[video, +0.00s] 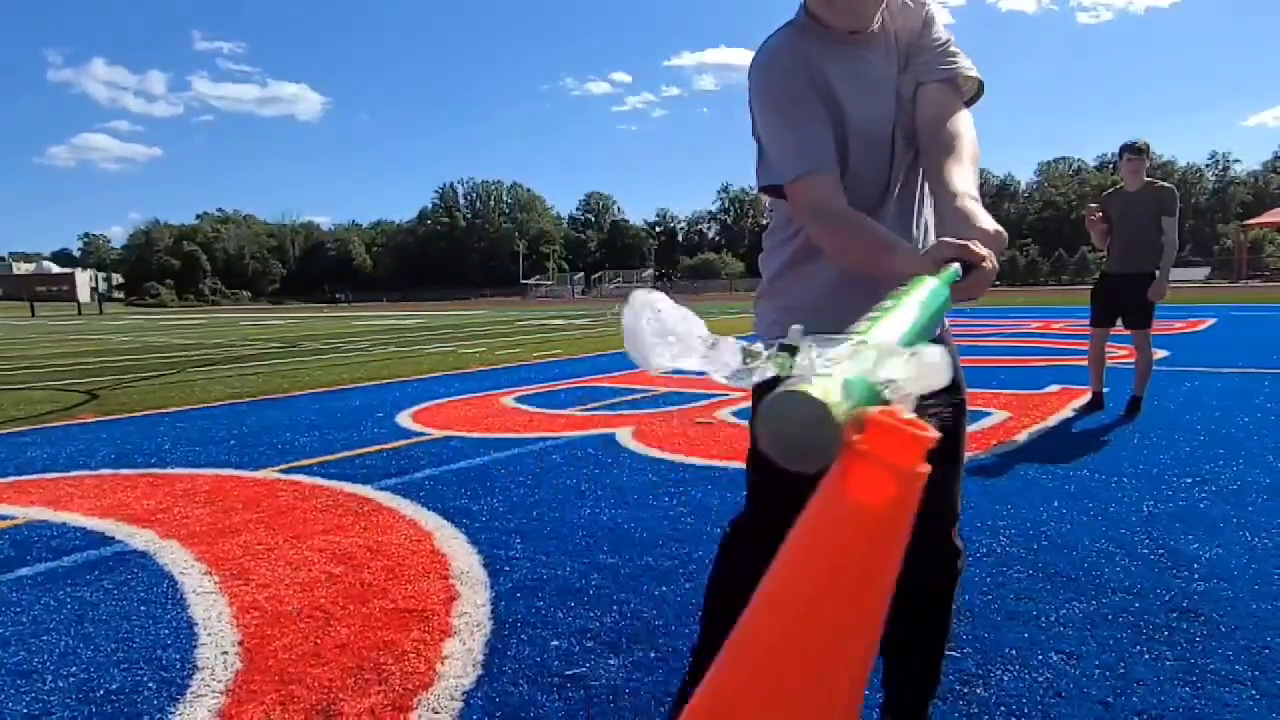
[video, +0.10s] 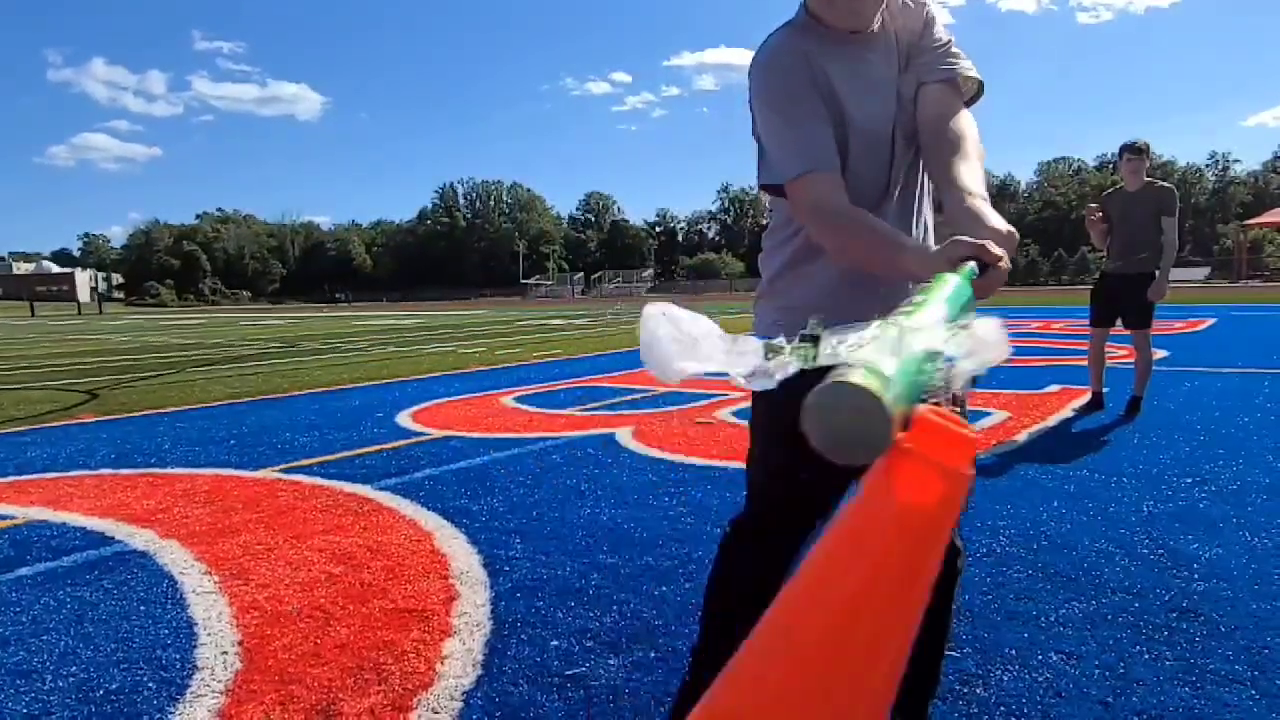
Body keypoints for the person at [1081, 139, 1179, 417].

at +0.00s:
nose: (1134, 164)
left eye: (1139, 159)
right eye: (1129, 159)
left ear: (1147, 163)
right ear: (1120, 164)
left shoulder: (1164, 194)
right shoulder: (1110, 198)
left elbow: (1170, 239)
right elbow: (1101, 243)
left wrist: (1162, 278)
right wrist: (1094, 225)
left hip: (1142, 277)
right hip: (1110, 276)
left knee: (1141, 341)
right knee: (1098, 337)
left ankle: (1136, 398)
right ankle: (1096, 395)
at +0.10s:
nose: (1134, 164)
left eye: (1139, 159)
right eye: (1128, 160)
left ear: (1147, 163)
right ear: (1119, 164)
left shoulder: (1164, 193)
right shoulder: (1110, 198)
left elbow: (1170, 239)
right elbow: (1101, 243)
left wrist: (1162, 278)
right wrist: (1093, 225)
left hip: (1142, 276)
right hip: (1111, 275)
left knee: (1141, 341)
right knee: (1097, 337)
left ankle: (1136, 398)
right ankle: (1096, 394)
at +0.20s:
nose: (1133, 164)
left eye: (1139, 159)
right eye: (1128, 159)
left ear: (1147, 163)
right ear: (1119, 164)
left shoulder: (1163, 194)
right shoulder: (1110, 198)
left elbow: (1170, 239)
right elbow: (1100, 243)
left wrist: (1162, 278)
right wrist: (1093, 224)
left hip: (1142, 276)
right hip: (1110, 275)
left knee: (1140, 341)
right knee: (1097, 336)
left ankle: (1136, 397)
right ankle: (1096, 394)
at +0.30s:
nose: (1133, 165)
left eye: (1138, 160)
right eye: (1128, 160)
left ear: (1146, 163)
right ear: (1119, 164)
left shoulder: (1163, 194)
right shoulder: (1110, 198)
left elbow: (1170, 239)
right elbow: (1100, 243)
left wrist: (1162, 277)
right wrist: (1093, 224)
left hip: (1143, 275)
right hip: (1112, 274)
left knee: (1140, 340)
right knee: (1096, 337)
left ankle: (1136, 397)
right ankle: (1096, 394)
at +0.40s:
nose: (1133, 166)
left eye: (1138, 160)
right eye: (1128, 160)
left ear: (1146, 163)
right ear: (1119, 164)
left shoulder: (1163, 193)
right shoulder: (1109, 198)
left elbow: (1168, 238)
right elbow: (1100, 241)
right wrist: (1094, 227)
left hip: (1144, 271)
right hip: (1110, 269)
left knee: (1140, 336)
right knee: (1096, 331)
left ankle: (1136, 397)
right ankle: (1096, 394)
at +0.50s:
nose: (1133, 167)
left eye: (1138, 161)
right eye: (1128, 161)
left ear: (1147, 165)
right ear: (1118, 166)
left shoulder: (1162, 196)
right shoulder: (1107, 200)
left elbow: (1183, 227)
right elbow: (1090, 233)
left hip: (1142, 274)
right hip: (1107, 272)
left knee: (1140, 338)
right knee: (1095, 335)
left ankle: (1136, 396)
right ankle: (1095, 394)